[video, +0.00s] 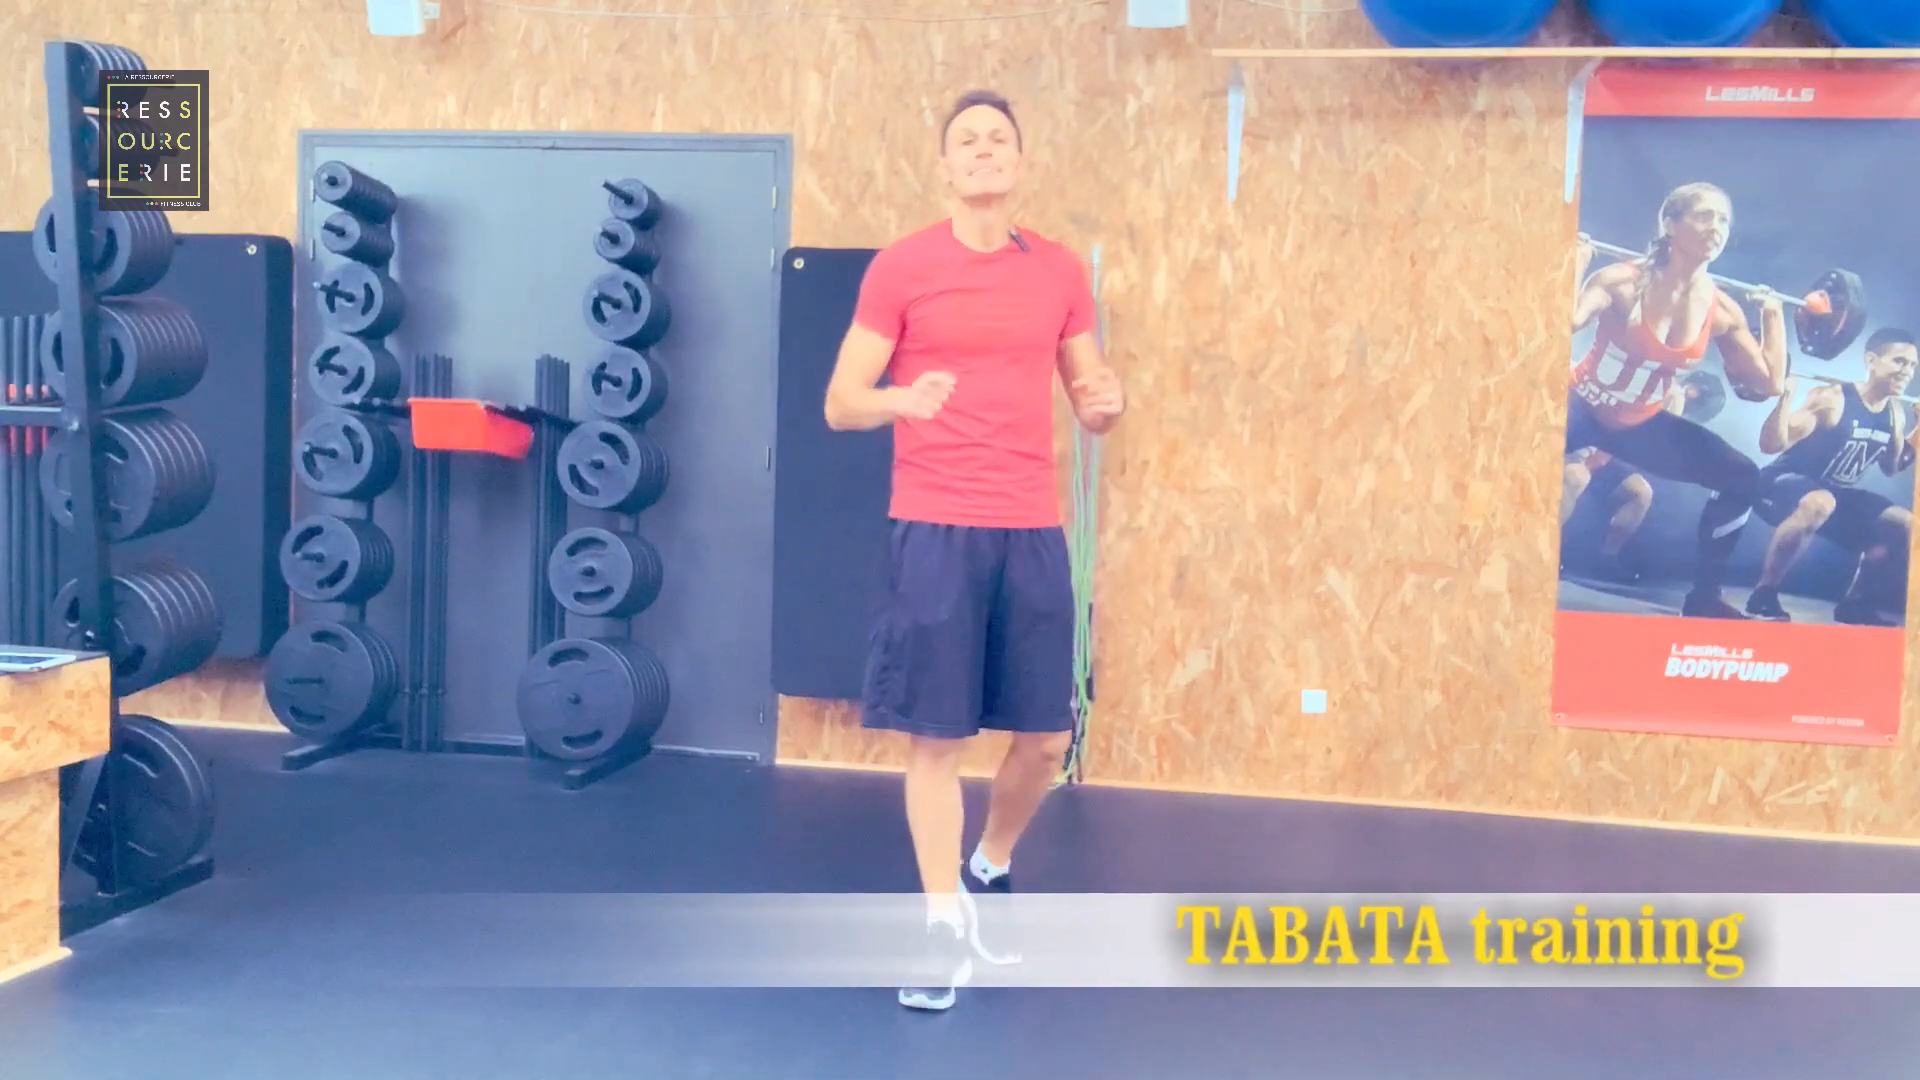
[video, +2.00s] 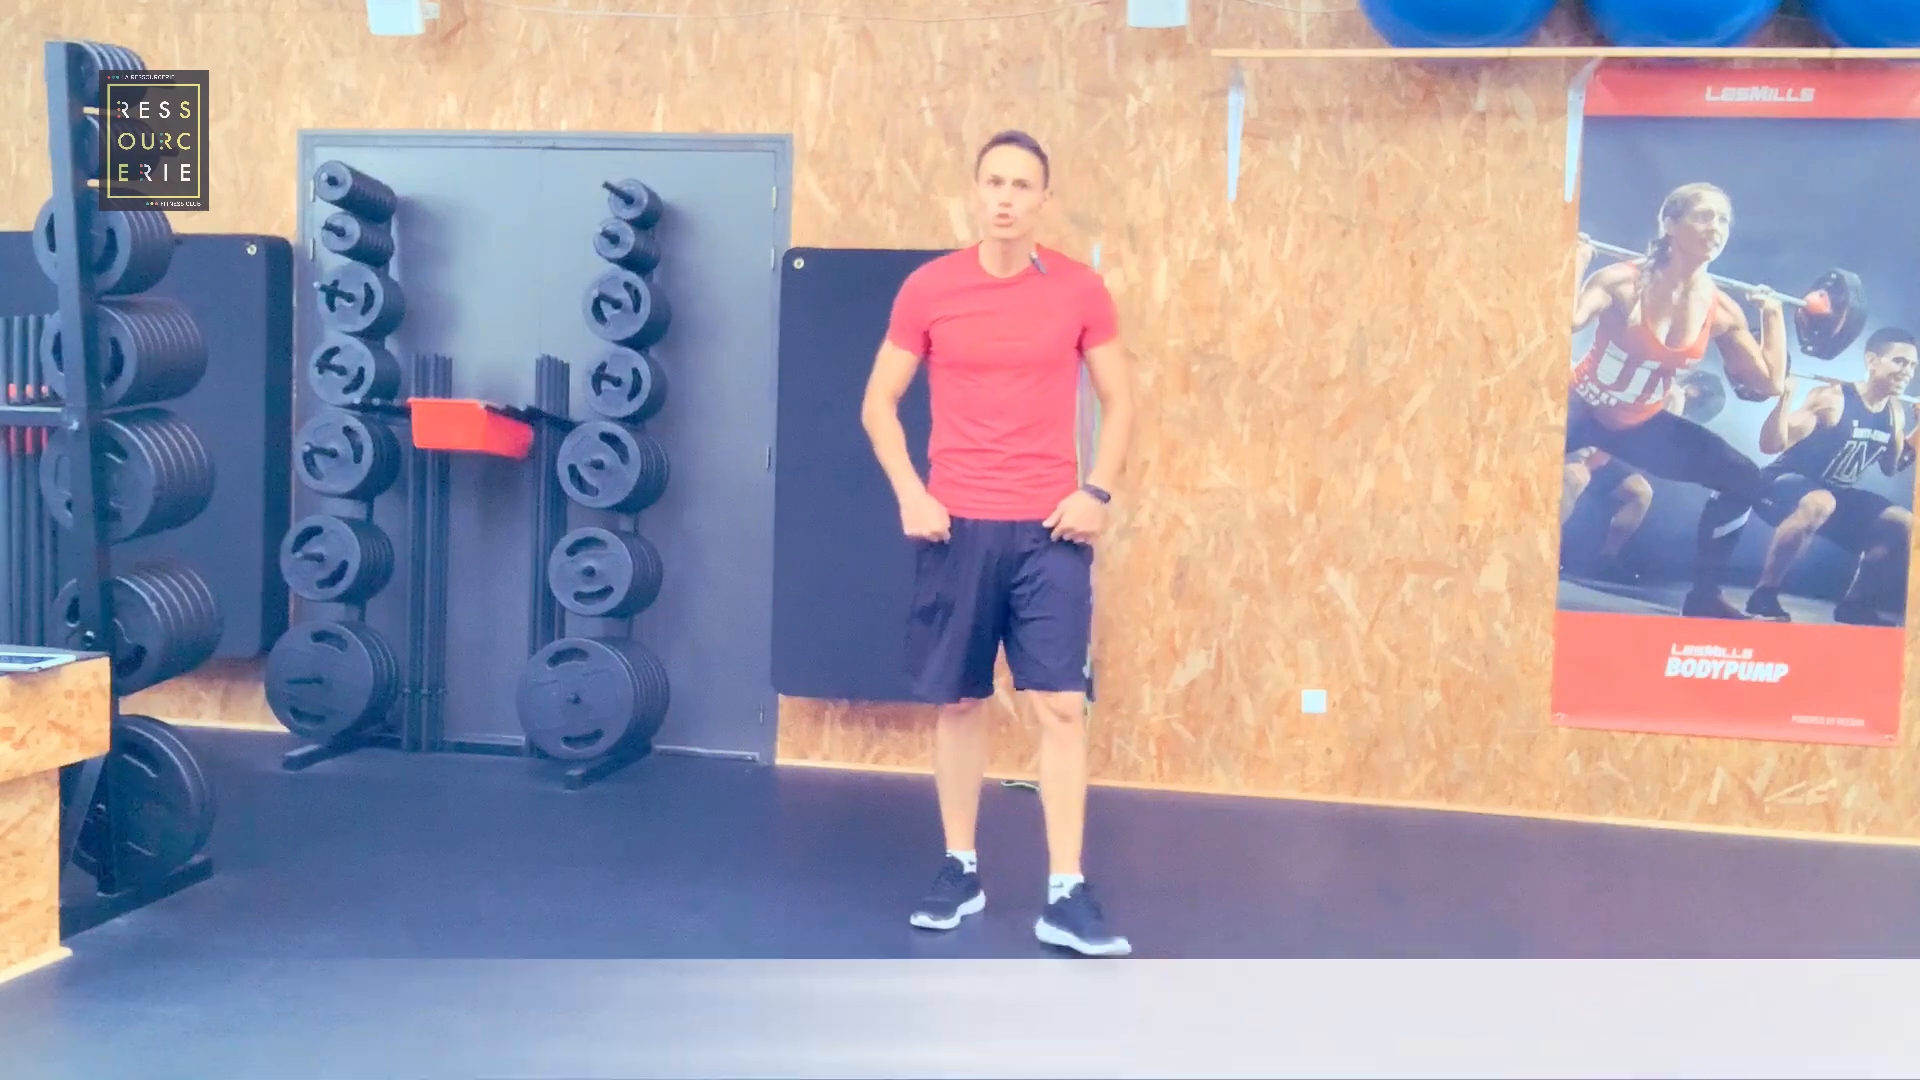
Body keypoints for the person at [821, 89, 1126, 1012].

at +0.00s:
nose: (984, 154)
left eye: (999, 142)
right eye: (968, 142)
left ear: (1024, 163)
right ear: (942, 164)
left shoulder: (1060, 270)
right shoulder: (900, 267)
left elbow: (1088, 398)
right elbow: (841, 405)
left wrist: (1100, 401)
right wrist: (897, 399)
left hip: (1034, 525)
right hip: (935, 525)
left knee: (1046, 732)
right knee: (938, 732)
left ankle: (987, 865)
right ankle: (943, 928)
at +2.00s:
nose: (1006, 197)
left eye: (1022, 185)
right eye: (995, 182)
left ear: (1045, 200)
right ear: (972, 193)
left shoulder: (1078, 289)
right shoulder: (930, 287)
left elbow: (1119, 400)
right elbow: (878, 406)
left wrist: (1097, 492)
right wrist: (910, 493)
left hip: (1052, 526)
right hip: (957, 527)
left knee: (1062, 704)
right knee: (960, 702)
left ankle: (1067, 893)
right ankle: (958, 872)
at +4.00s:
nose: (1025, 187)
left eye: (1041, 176)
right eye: (1014, 173)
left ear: (1065, 196)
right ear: (994, 191)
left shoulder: (1093, 293)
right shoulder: (949, 286)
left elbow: (1127, 411)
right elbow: (910, 409)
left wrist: (1106, 513)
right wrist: (929, 515)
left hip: (1061, 529)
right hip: (967, 526)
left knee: (1058, 699)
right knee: (964, 696)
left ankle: (1047, 845)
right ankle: (962, 866)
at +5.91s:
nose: (1032, 158)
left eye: (1049, 144)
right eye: (1017, 145)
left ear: (1075, 161)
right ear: (994, 163)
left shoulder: (1111, 271)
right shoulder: (949, 266)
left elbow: (1143, 407)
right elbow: (906, 404)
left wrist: (1130, 424)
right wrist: (914, 526)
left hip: (1078, 534)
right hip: (975, 532)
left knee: (1077, 736)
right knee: (967, 738)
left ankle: (1072, 906)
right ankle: (967, 934)